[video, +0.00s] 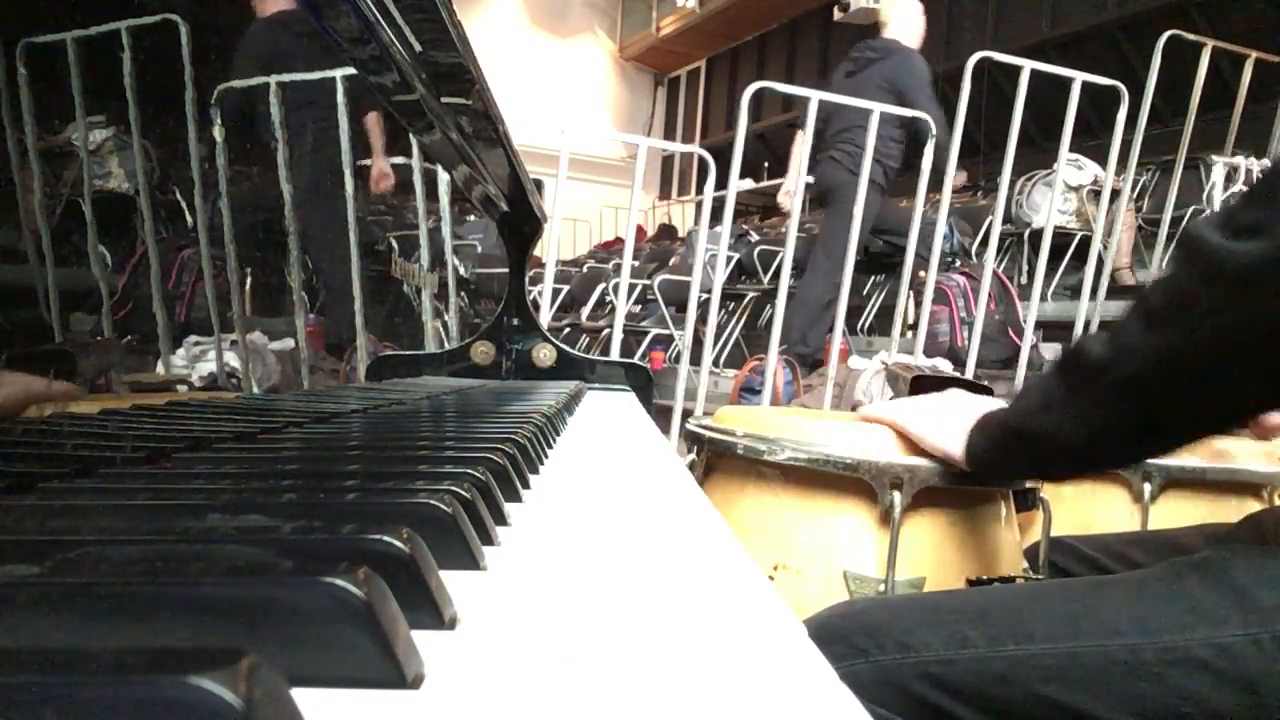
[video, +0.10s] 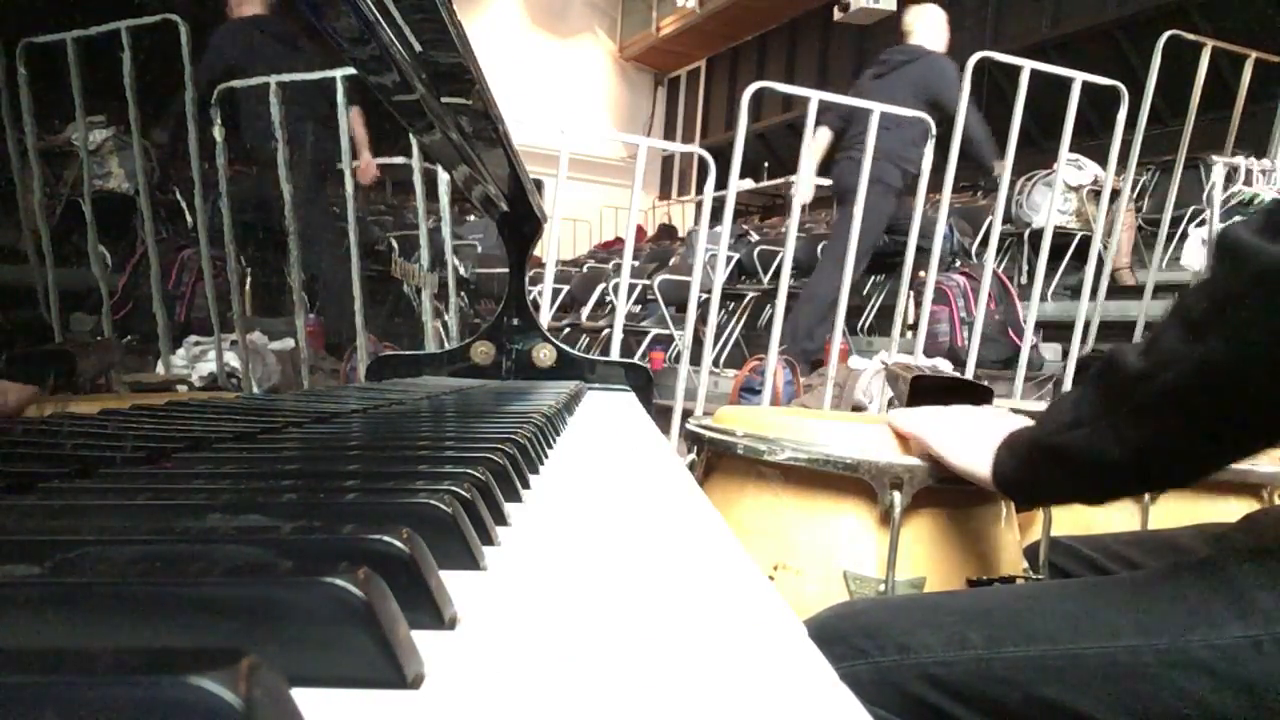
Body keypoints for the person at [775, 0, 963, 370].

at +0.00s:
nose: (924, 29)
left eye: (922, 21)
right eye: (921, 21)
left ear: (884, 23)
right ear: (908, 22)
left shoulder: (849, 64)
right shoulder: (907, 61)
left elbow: (808, 127)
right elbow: (932, 124)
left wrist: (793, 179)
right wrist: (949, 172)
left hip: (826, 172)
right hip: (857, 176)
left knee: (927, 231)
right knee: (827, 266)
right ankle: (795, 358)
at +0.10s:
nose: (947, 35)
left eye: (945, 28)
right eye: (944, 28)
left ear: (907, 32)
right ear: (937, 31)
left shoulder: (877, 69)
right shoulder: (937, 66)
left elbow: (830, 119)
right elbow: (967, 119)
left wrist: (806, 174)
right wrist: (995, 165)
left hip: (847, 170)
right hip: (879, 174)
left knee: (939, 237)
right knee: (841, 261)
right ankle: (795, 354)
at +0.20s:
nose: (968, 32)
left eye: (964, 25)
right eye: (965, 26)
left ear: (926, 30)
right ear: (960, 29)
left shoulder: (896, 69)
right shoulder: (965, 59)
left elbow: (853, 114)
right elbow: (1002, 114)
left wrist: (827, 169)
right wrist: (1034, 161)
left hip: (868, 168)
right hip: (901, 172)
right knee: (860, 265)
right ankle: (796, 353)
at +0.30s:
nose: (979, 23)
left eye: (974, 16)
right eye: (977, 17)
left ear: (939, 24)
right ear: (973, 20)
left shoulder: (914, 59)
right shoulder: (977, 53)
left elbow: (874, 108)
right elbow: (1020, 103)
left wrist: (852, 165)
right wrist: (1055, 154)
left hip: (883, 158)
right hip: (922, 162)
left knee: (954, 238)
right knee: (903, 250)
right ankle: (831, 319)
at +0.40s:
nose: (986, 10)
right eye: (985, 7)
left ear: (947, 12)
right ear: (982, 9)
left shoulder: (920, 49)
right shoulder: (992, 40)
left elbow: (887, 105)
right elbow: (1027, 100)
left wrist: (874, 161)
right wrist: (1061, 152)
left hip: (901, 151)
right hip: (944, 154)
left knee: (941, 235)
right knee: (946, 244)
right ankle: (853, 296)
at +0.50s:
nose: (993, 4)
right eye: (993, 2)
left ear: (954, 4)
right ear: (991, 3)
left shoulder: (923, 43)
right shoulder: (1000, 27)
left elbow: (903, 110)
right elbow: (1026, 96)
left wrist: (896, 164)